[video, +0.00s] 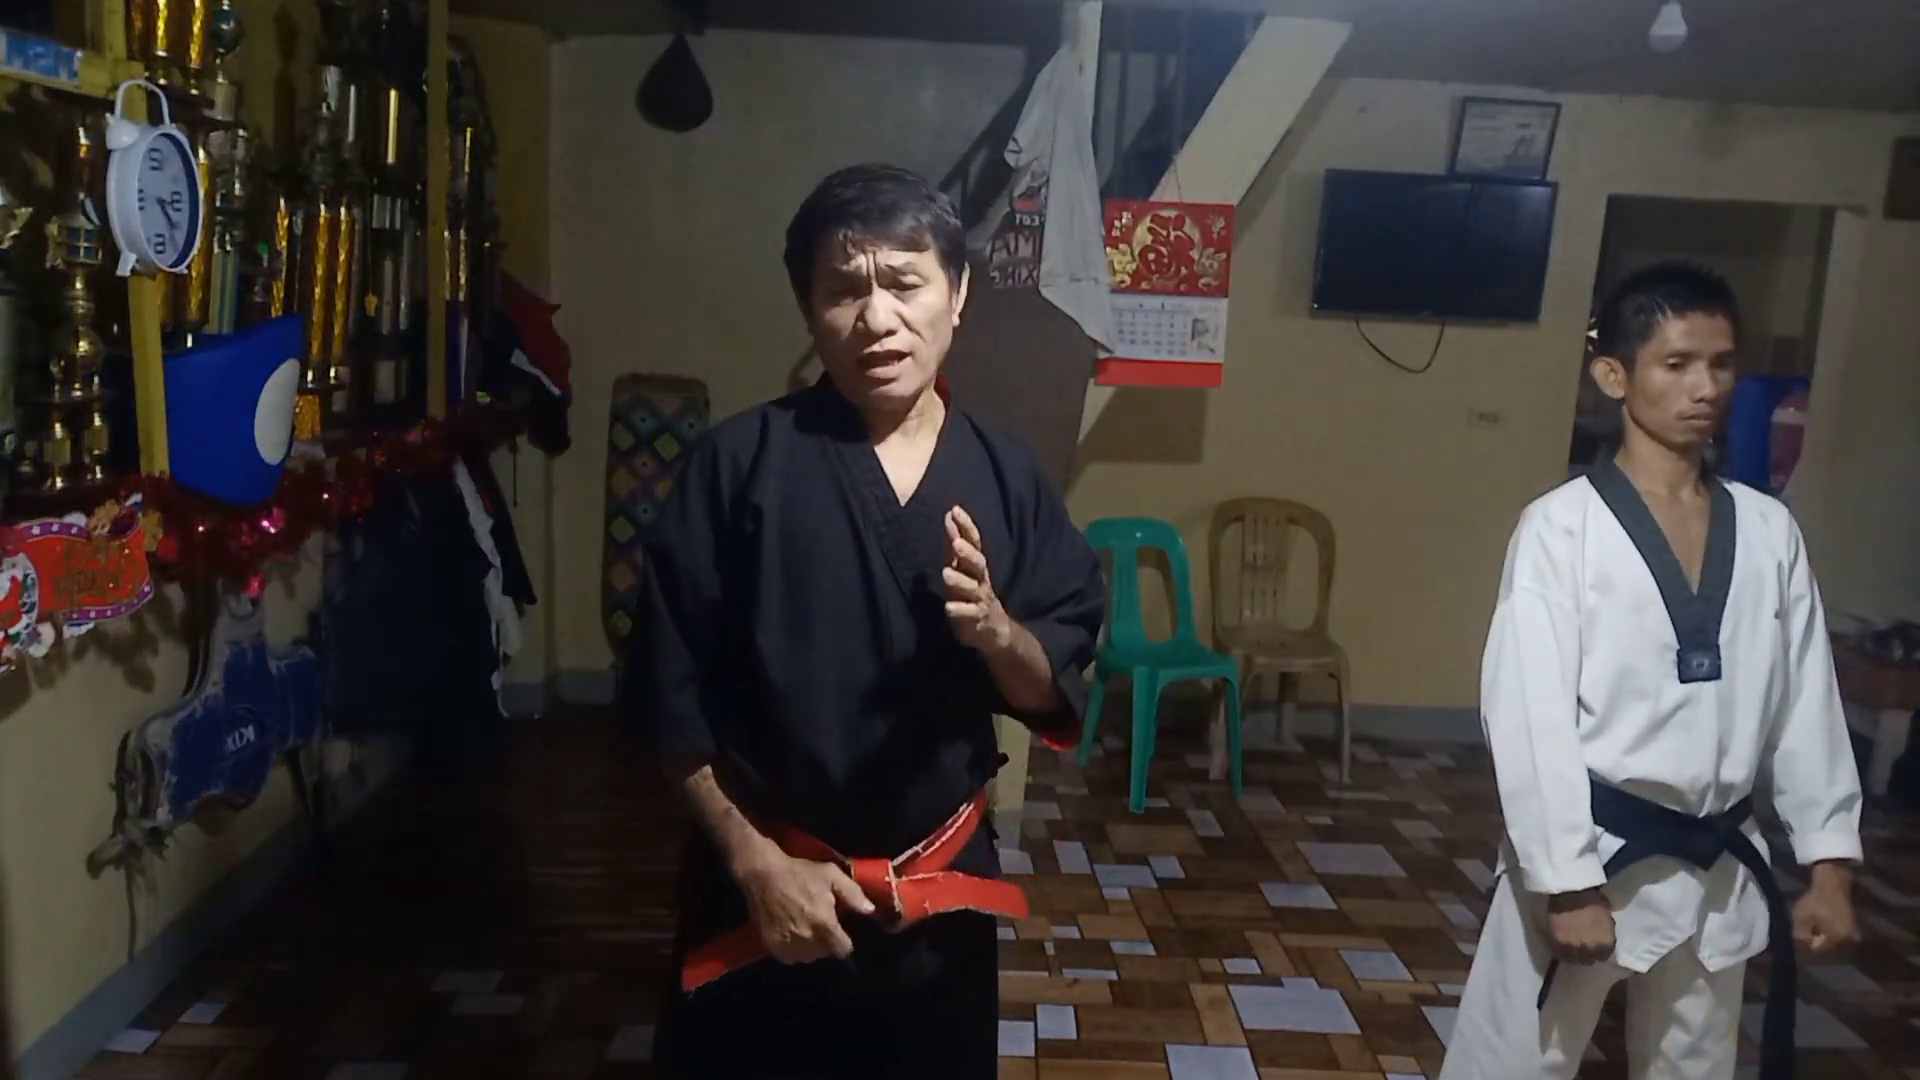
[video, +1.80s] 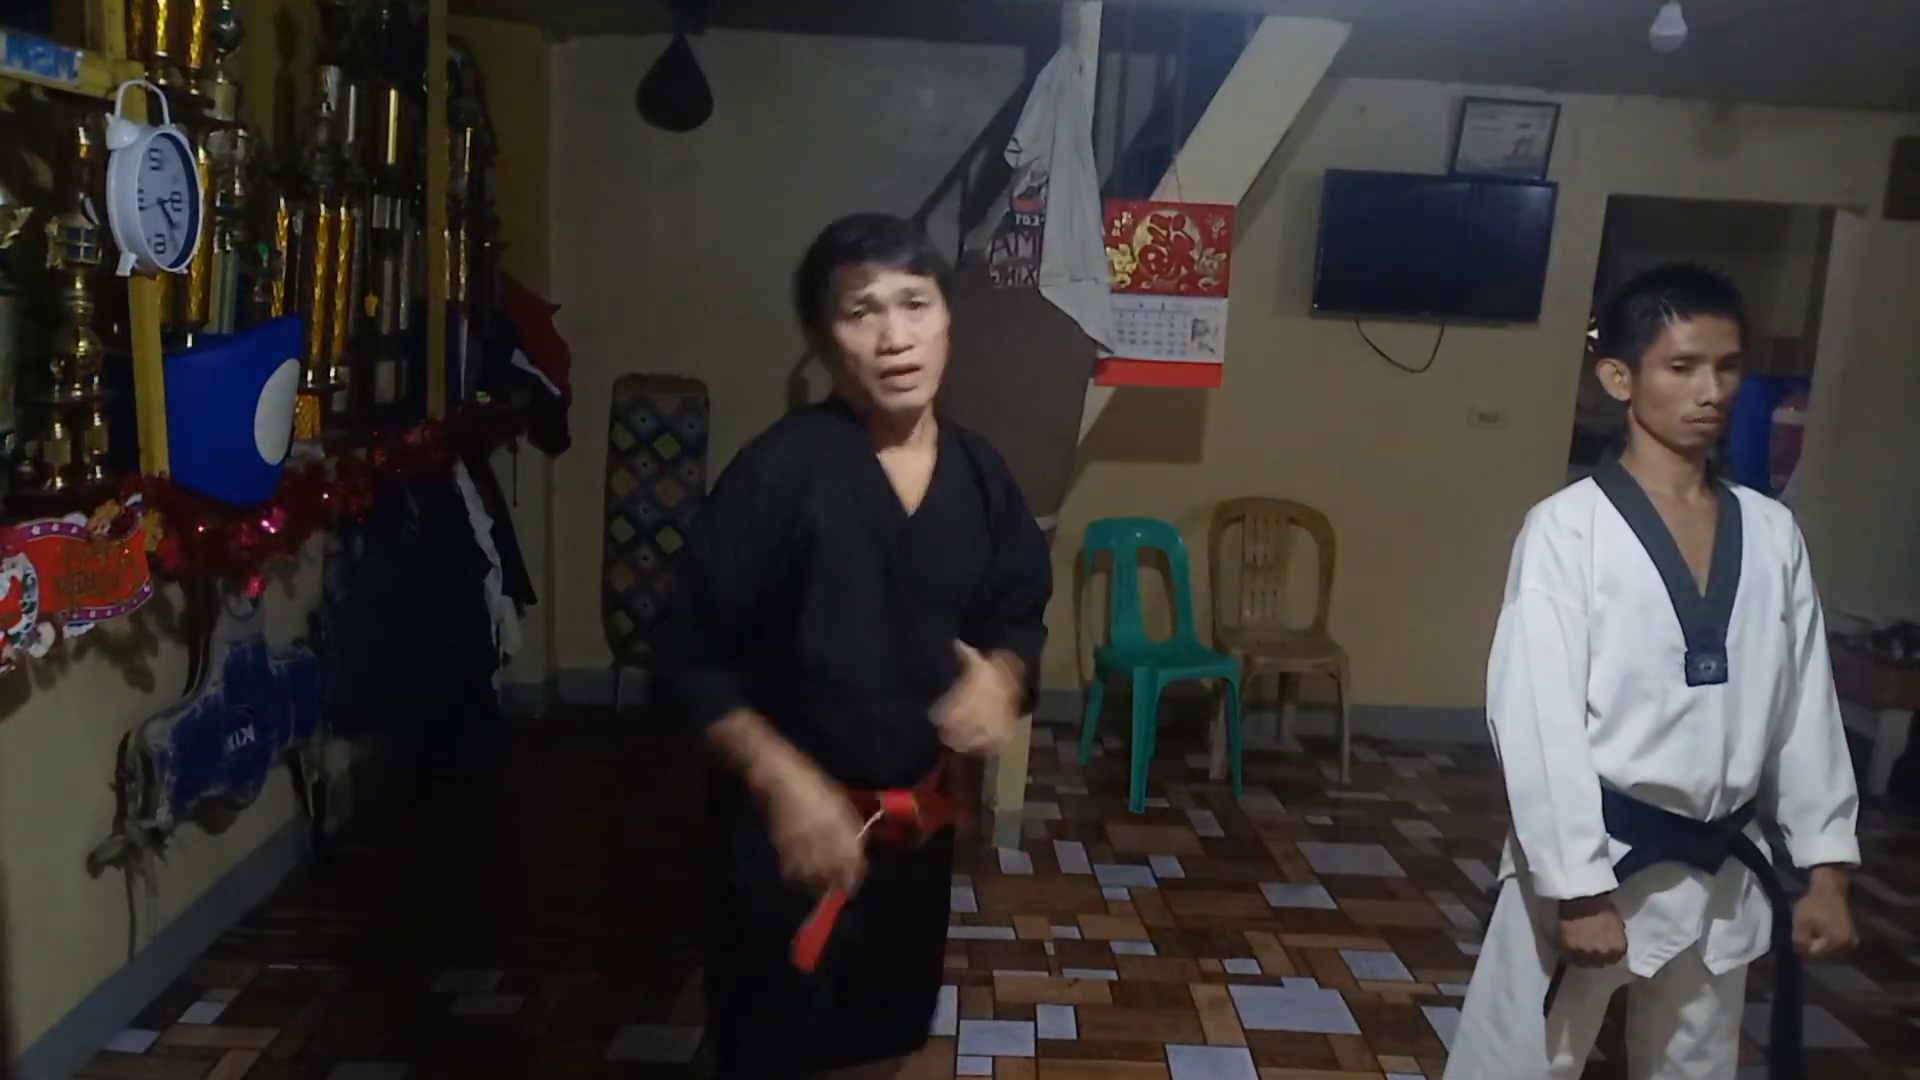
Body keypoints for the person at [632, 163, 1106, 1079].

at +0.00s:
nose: (876, 316)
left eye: (904, 284)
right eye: (844, 290)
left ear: (957, 297)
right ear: (809, 313)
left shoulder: (1006, 472)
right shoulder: (733, 468)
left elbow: (1054, 694)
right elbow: (662, 686)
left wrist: (996, 632)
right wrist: (754, 859)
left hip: (939, 902)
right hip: (755, 903)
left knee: (941, 1070)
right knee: (746, 1075)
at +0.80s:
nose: (924, 301)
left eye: (947, 269)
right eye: (887, 281)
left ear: (991, 294)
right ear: (845, 323)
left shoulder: (1017, 467)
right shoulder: (782, 450)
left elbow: (1064, 634)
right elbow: (683, 648)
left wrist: (1036, 654)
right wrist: (803, 778)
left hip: (966, 895)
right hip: (803, 892)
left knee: (964, 1068)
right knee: (785, 1071)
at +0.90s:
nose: (947, 304)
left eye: (970, 274)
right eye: (910, 285)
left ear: (1013, 300)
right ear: (869, 323)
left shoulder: (1024, 469)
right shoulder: (803, 440)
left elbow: (1071, 628)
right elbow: (679, 617)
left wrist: (1043, 655)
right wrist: (803, 711)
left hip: (965, 875)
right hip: (814, 873)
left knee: (959, 1065)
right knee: (795, 1066)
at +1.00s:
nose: (972, 313)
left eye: (996, 282)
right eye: (937, 287)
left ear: (1032, 304)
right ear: (890, 314)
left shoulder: (1027, 469)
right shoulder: (818, 431)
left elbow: (1069, 635)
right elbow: (671, 593)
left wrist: (1045, 652)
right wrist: (798, 618)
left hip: (958, 852)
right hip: (815, 844)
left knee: (944, 1063)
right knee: (789, 1063)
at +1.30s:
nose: (905, 303)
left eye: (930, 272)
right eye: (869, 279)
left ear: (969, 293)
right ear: (825, 309)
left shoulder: (973, 456)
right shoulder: (770, 449)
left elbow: (1019, 630)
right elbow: (631, 641)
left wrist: (992, 651)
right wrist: (807, 679)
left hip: (916, 862)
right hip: (775, 859)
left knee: (897, 1063)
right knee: (752, 1065)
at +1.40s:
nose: (852, 320)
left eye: (874, 284)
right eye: (812, 296)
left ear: (910, 296)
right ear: (764, 326)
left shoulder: (949, 460)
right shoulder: (719, 488)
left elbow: (1000, 614)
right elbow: (696, 748)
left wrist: (938, 648)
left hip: (892, 861)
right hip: (743, 868)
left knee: (893, 1062)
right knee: (744, 1065)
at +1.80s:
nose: (895, 338)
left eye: (915, 306)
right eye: (862, 314)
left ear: (948, 321)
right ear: (824, 341)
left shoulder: (980, 475)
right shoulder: (776, 475)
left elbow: (1019, 612)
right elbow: (689, 657)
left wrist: (1002, 679)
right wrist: (784, 778)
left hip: (916, 832)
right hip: (783, 834)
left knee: (885, 1052)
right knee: (770, 1058)